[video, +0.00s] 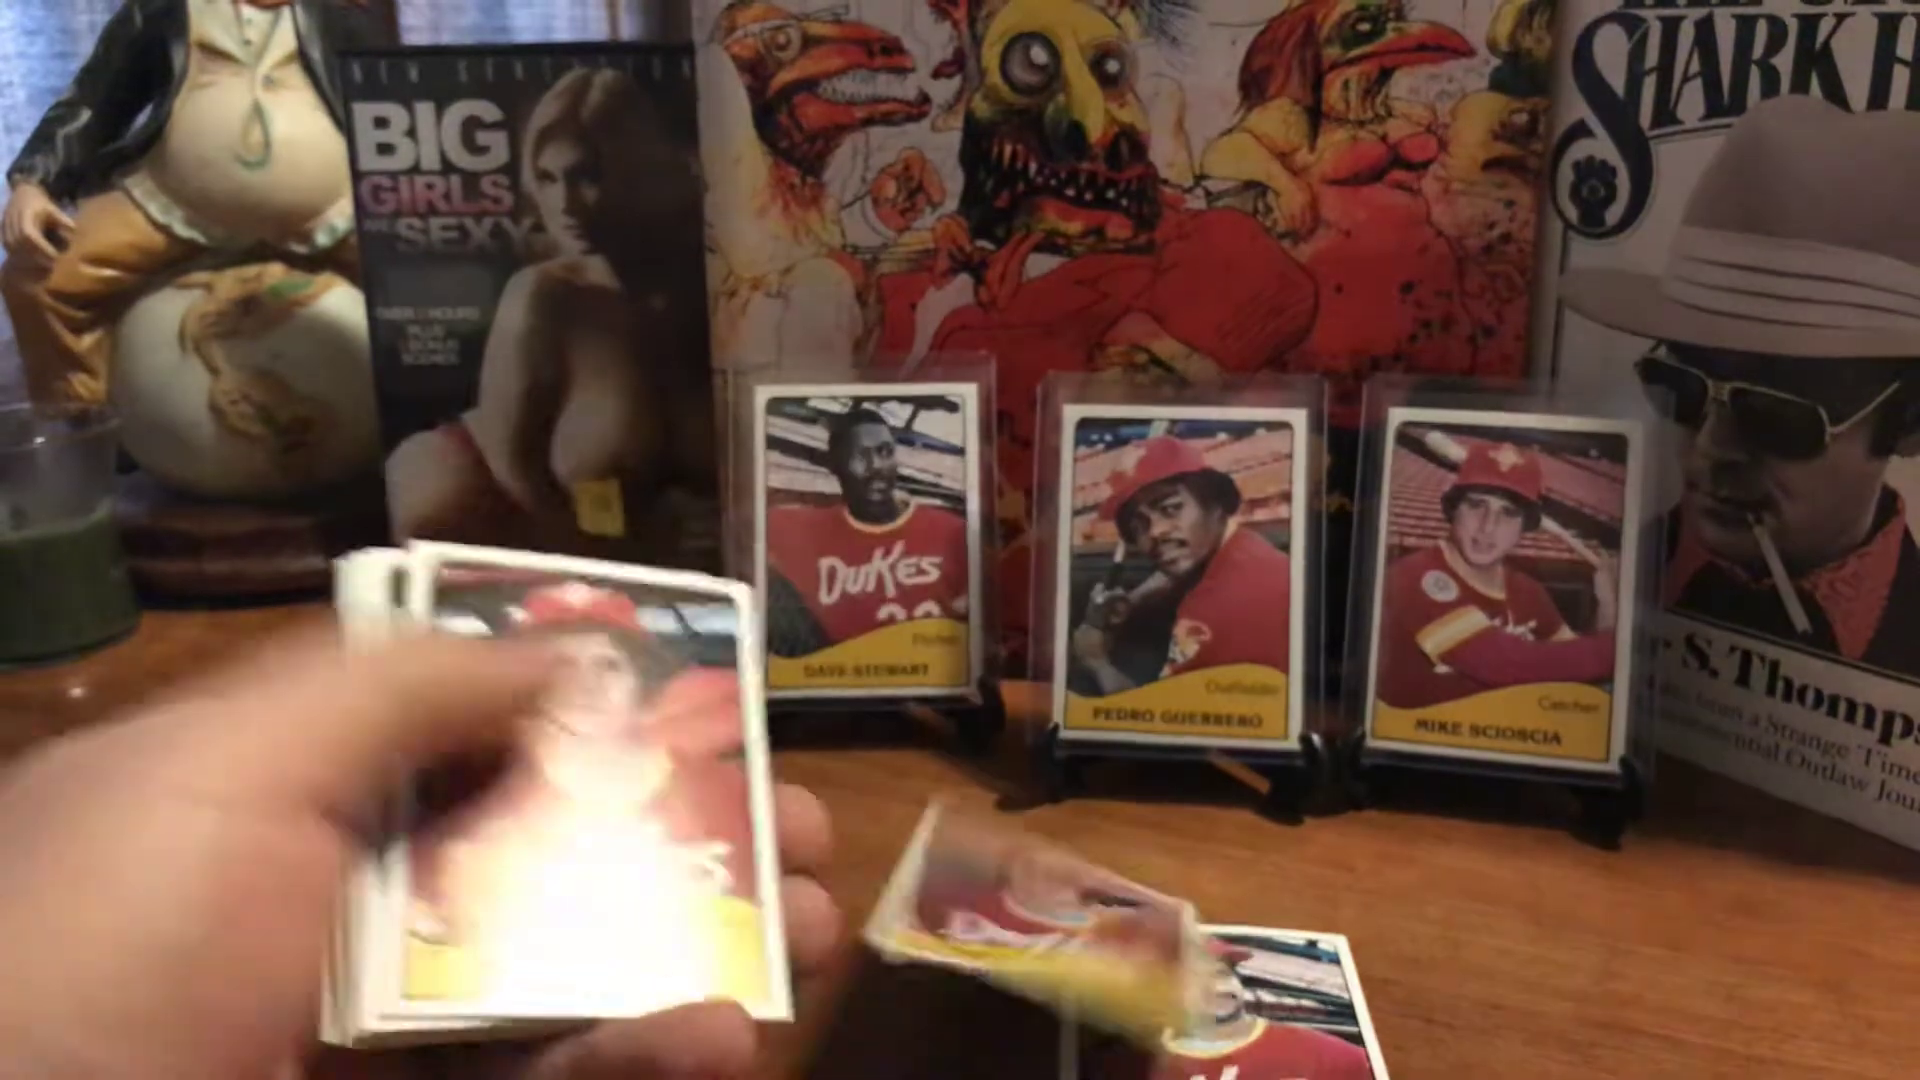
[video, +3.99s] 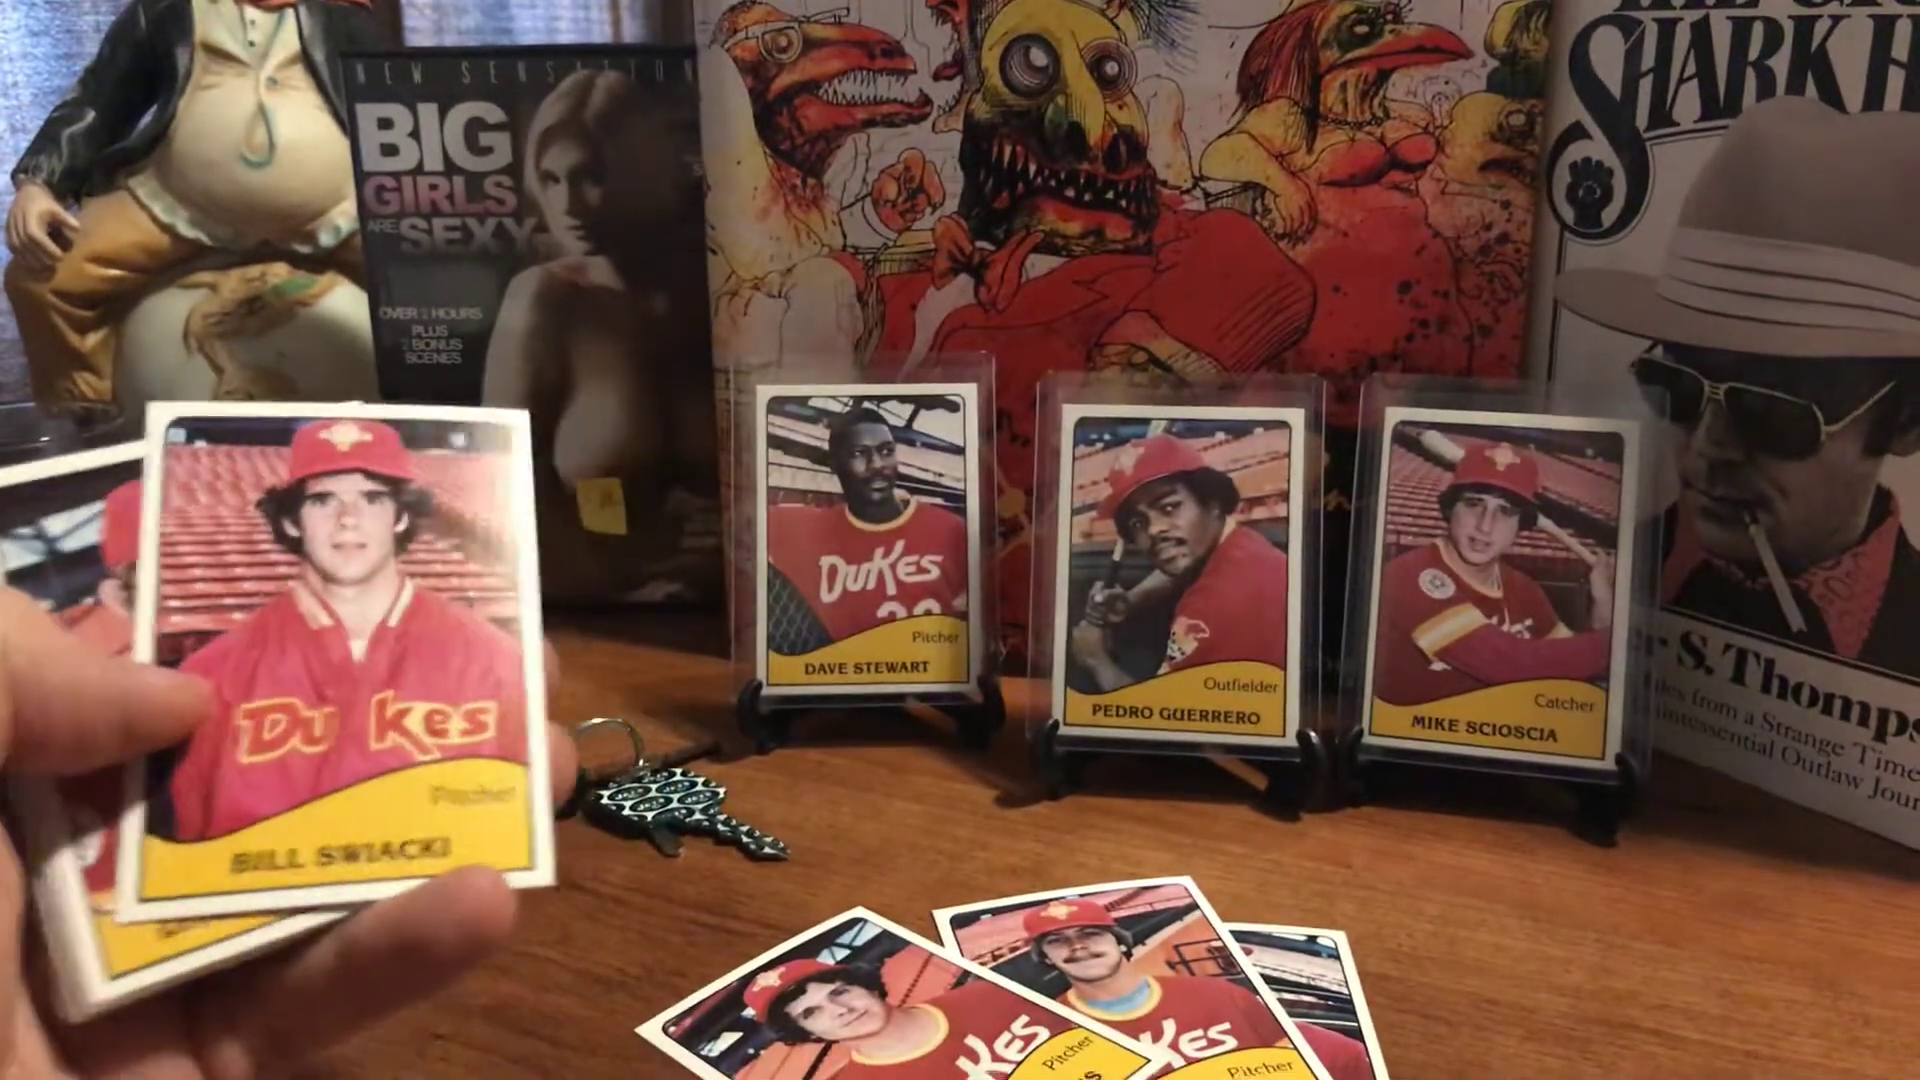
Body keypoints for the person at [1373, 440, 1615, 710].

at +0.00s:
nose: (1487, 525)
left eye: (1507, 513)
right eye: (1476, 505)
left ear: (1524, 526)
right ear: (1453, 510)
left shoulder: (1527, 592)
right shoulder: (1418, 578)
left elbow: (1582, 672)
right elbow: (1502, 665)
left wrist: (1607, 607)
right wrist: (1620, 647)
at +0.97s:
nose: (1487, 525)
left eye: (1506, 512)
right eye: (1476, 505)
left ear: (1522, 526)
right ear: (1452, 509)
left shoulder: (1523, 590)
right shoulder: (1416, 579)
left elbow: (1578, 675)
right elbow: (1506, 665)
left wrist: (1606, 608)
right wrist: (1626, 644)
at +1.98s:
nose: (1487, 526)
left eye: (1506, 513)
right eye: (1476, 505)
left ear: (1522, 527)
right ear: (1452, 509)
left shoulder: (1526, 592)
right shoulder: (1416, 577)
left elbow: (1578, 676)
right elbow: (1506, 665)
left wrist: (1606, 607)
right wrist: (1626, 642)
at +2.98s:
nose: (1485, 526)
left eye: (1504, 513)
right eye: (1473, 505)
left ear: (1520, 526)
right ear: (1450, 509)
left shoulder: (1523, 591)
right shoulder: (1414, 577)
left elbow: (1577, 671)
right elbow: (1505, 665)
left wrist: (1604, 607)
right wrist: (1616, 641)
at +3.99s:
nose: (1485, 525)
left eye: (1504, 511)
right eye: (1474, 504)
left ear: (1519, 526)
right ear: (1450, 509)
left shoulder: (1523, 590)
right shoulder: (1413, 576)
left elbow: (1576, 671)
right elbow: (1504, 663)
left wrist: (1603, 606)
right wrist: (1617, 640)